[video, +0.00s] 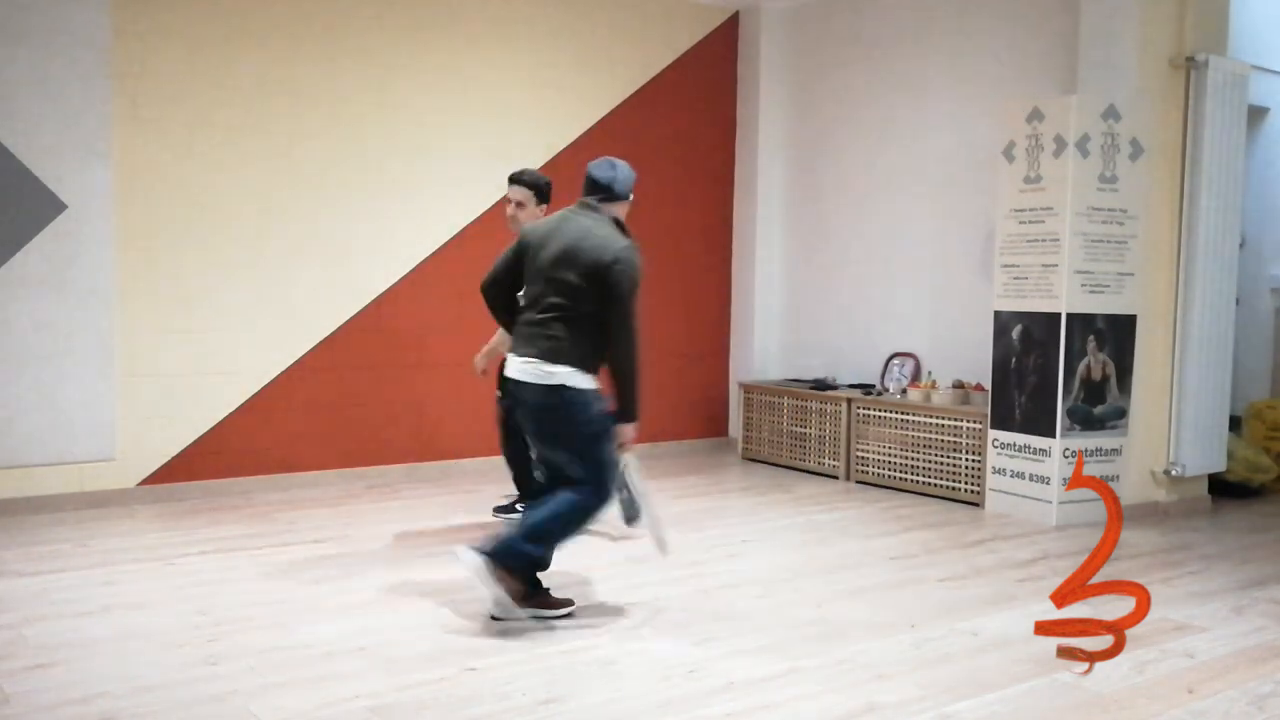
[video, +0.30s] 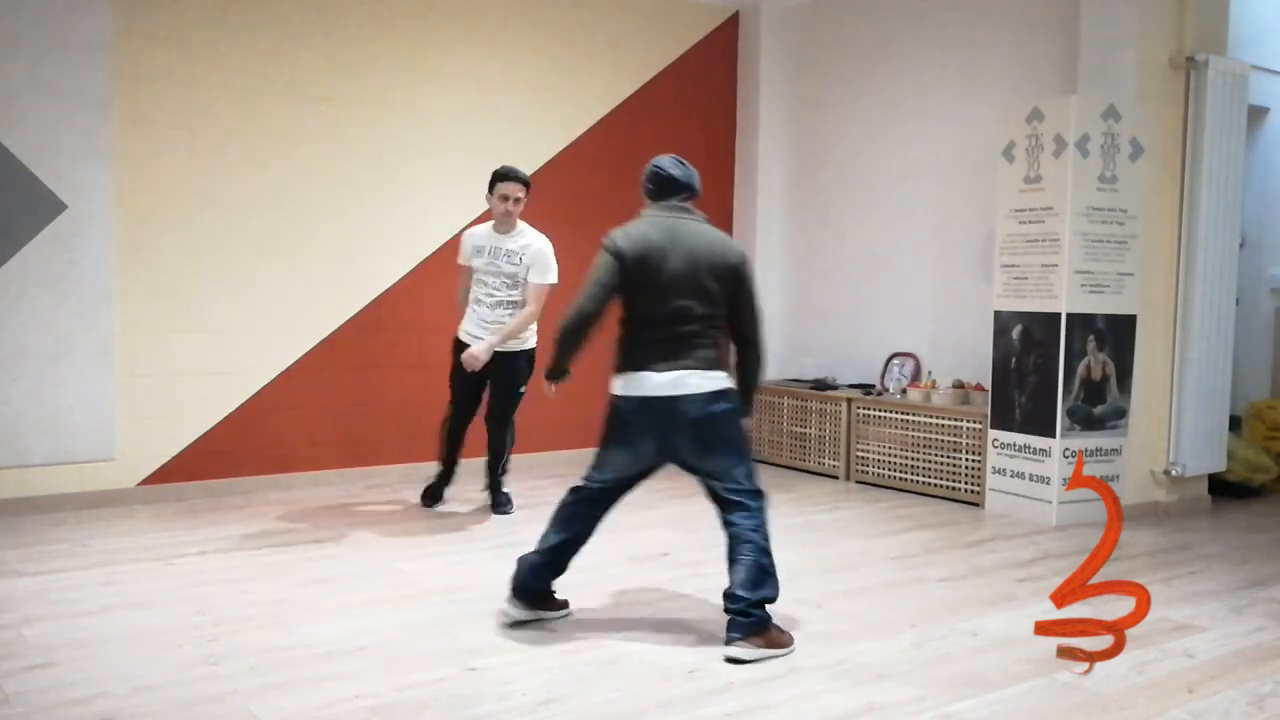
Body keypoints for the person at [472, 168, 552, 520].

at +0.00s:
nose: (510, 212)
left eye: (519, 205)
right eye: (508, 203)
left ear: (542, 208)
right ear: (506, 203)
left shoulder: (546, 250)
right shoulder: (527, 247)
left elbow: (526, 311)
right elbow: (522, 308)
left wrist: (490, 351)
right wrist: (495, 349)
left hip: (535, 354)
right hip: (519, 353)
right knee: (513, 423)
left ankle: (533, 495)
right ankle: (530, 492)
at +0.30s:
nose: (509, 207)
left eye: (517, 200)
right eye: (503, 198)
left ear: (525, 203)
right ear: (489, 199)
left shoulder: (538, 247)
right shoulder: (472, 238)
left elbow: (534, 309)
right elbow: (465, 290)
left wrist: (488, 345)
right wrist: (465, 331)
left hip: (515, 350)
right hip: (471, 343)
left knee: (500, 421)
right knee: (458, 414)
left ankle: (497, 487)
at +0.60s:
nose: (494, 213)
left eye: (500, 207)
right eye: (488, 205)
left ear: (504, 210)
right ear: (470, 205)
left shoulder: (512, 252)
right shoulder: (444, 245)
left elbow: (527, 308)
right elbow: (412, 296)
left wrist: (537, 357)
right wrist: (390, 347)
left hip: (493, 347)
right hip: (448, 347)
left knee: (512, 405)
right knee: (439, 417)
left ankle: (483, 480)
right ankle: (433, 481)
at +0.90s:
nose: (505, 207)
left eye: (510, 201)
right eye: (498, 200)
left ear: (513, 203)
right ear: (479, 200)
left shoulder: (520, 247)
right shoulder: (455, 242)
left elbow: (528, 299)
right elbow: (427, 295)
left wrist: (536, 346)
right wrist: (434, 336)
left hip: (506, 345)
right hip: (460, 347)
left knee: (519, 415)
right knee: (448, 420)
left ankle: (520, 492)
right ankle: (435, 482)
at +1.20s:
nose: (519, 199)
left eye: (523, 193)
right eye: (512, 192)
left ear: (526, 194)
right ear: (491, 191)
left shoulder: (532, 238)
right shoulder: (465, 235)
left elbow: (539, 298)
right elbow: (443, 295)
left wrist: (548, 346)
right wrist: (444, 348)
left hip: (518, 342)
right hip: (472, 340)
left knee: (524, 419)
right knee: (470, 411)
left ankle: (520, 494)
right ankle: (448, 495)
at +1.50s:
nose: (508, 199)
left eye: (511, 192)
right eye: (501, 191)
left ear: (511, 194)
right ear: (476, 190)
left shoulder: (510, 240)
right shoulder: (446, 237)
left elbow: (522, 299)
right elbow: (419, 300)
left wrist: (538, 343)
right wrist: (416, 359)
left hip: (494, 345)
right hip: (453, 344)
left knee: (505, 423)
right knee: (457, 423)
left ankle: (512, 492)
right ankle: (442, 515)